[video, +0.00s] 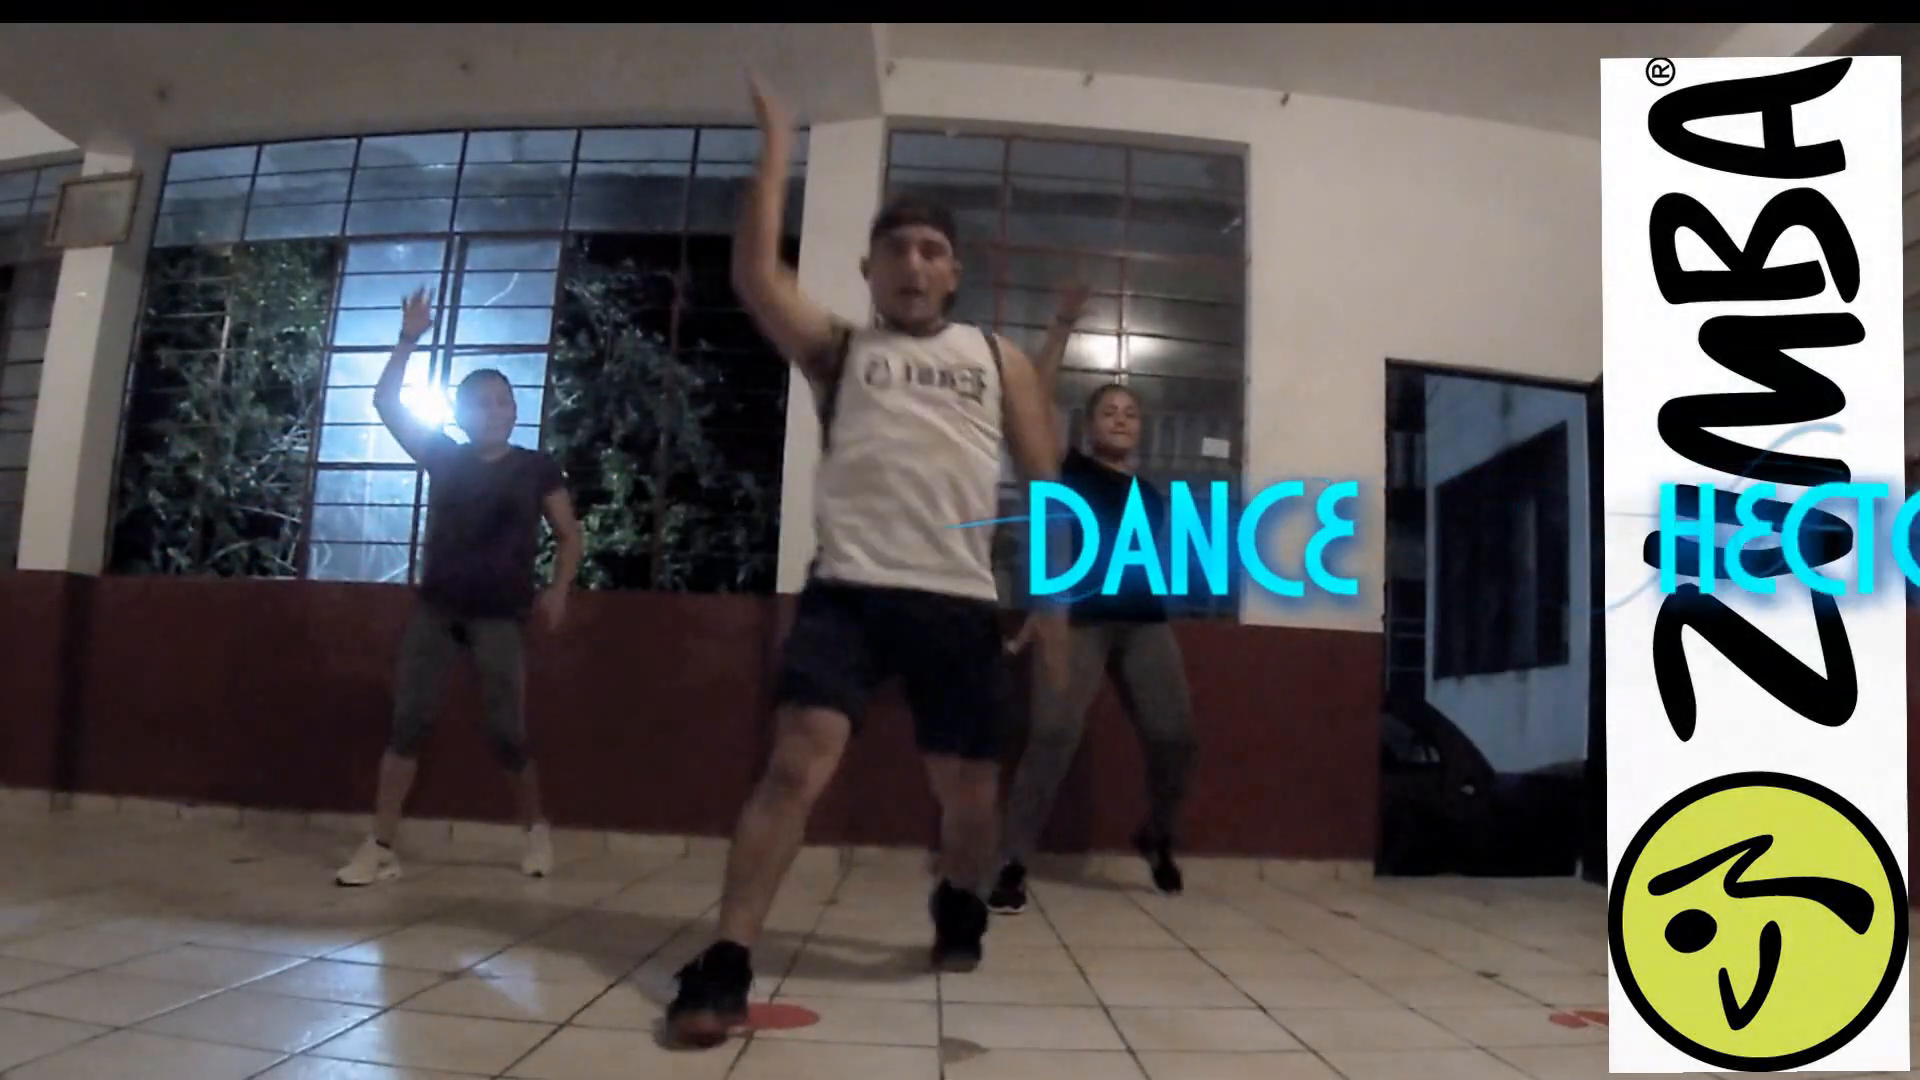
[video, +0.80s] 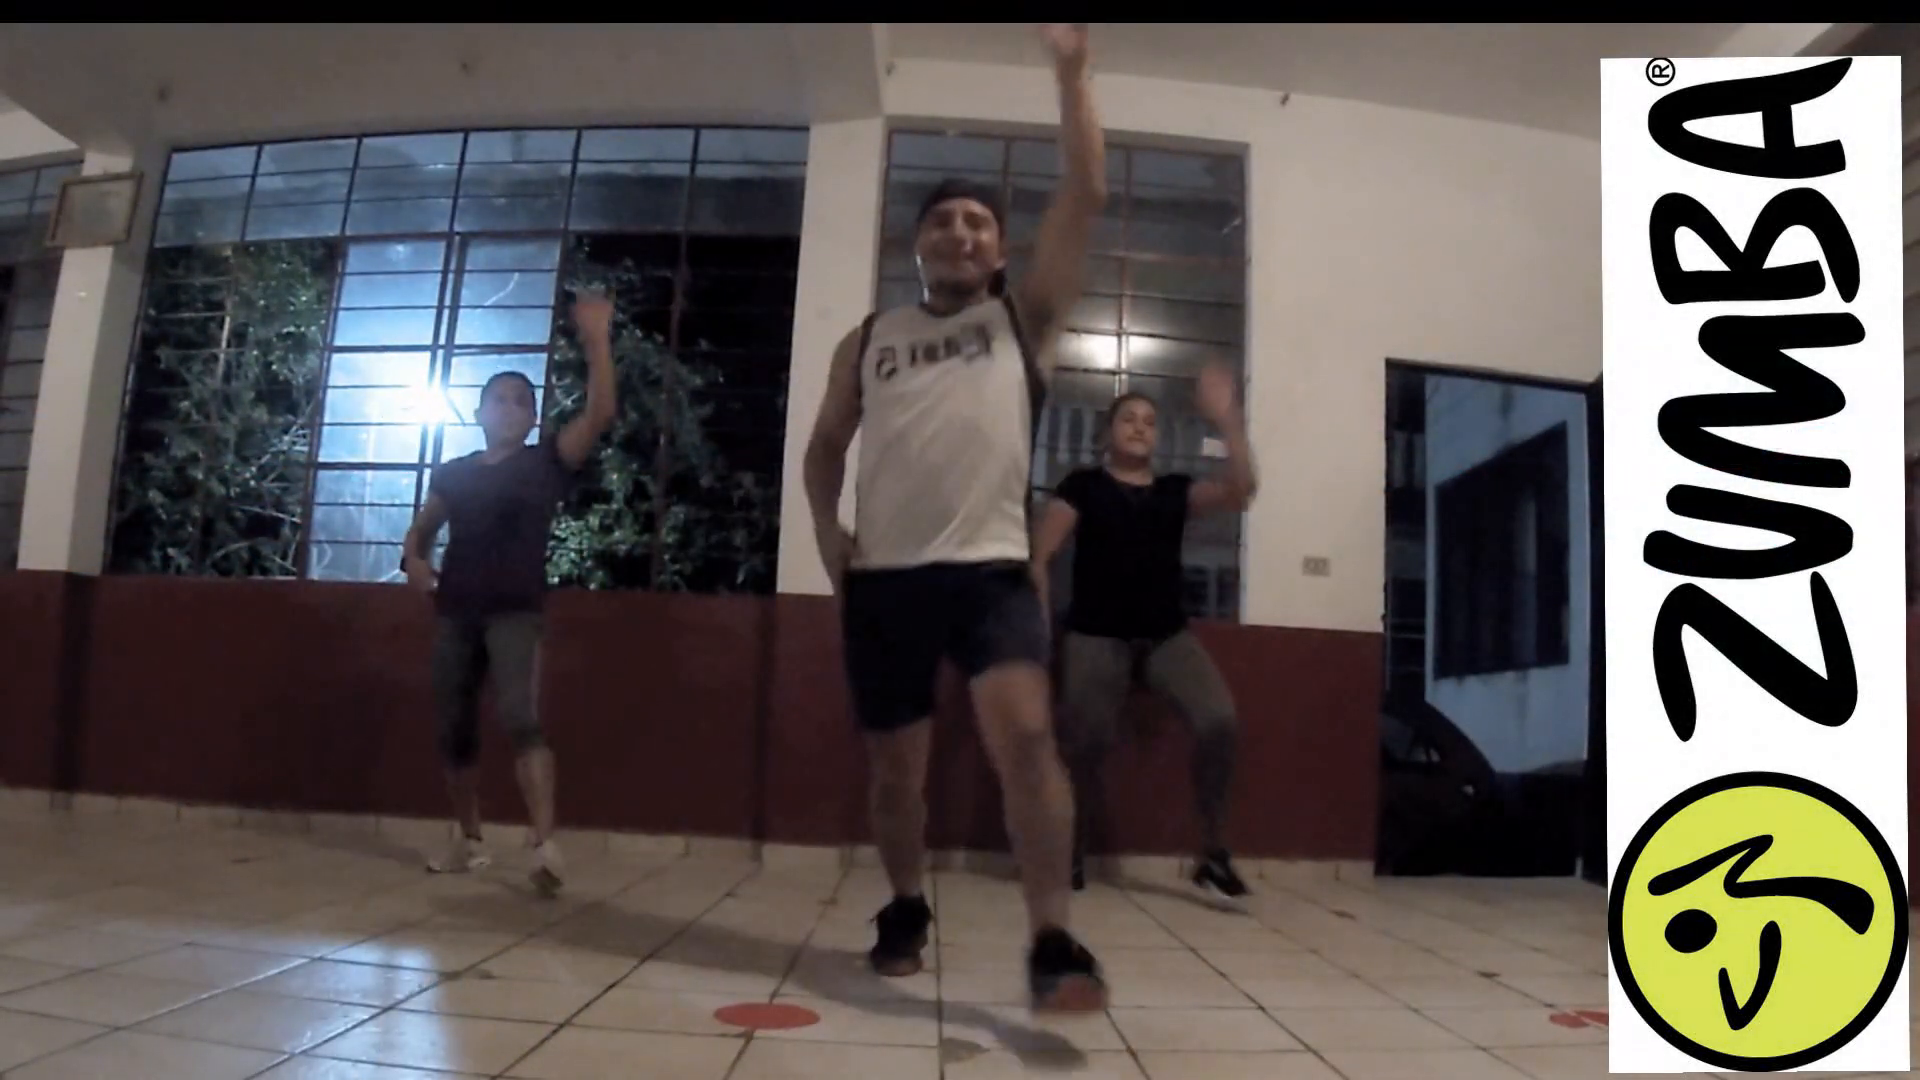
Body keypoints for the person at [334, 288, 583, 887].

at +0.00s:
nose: (488, 411)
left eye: (497, 402)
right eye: (479, 402)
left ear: (512, 412)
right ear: (461, 410)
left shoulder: (535, 468)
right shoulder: (443, 455)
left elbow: (570, 535)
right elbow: (386, 400)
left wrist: (559, 591)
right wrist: (408, 339)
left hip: (500, 613)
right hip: (436, 606)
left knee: (508, 731)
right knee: (407, 723)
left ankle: (536, 835)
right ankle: (381, 846)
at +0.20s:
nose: (509, 420)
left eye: (518, 412)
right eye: (498, 413)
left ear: (534, 422)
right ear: (483, 425)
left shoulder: (557, 481)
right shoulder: (467, 470)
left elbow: (599, 547)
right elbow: (395, 459)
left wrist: (577, 615)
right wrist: (413, 412)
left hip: (525, 624)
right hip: (463, 618)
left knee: (524, 738)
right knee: (421, 719)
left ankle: (532, 841)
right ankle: (390, 841)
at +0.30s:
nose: (514, 416)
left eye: (525, 409)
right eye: (505, 408)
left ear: (543, 421)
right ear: (491, 420)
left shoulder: (563, 479)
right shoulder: (472, 469)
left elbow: (615, 538)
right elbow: (410, 488)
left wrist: (581, 601)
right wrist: (410, 475)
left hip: (530, 622)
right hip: (469, 616)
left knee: (525, 731)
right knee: (419, 708)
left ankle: (533, 839)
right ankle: (429, 832)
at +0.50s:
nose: (516, 421)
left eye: (529, 415)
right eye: (508, 412)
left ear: (542, 429)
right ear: (492, 421)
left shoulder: (552, 487)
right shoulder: (459, 479)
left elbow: (592, 554)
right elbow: (436, 540)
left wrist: (551, 566)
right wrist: (428, 570)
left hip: (525, 625)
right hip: (464, 620)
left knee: (525, 736)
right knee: (446, 732)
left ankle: (534, 838)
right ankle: (468, 839)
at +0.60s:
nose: (510, 421)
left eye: (522, 415)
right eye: (502, 412)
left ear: (536, 429)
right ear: (484, 421)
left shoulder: (544, 482)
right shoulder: (452, 480)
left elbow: (576, 546)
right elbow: (427, 540)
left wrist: (552, 491)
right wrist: (420, 573)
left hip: (521, 620)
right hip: (460, 617)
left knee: (520, 728)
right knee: (446, 733)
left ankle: (539, 831)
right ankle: (467, 840)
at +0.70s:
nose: (514, 413)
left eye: (524, 407)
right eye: (504, 404)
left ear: (532, 422)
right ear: (482, 414)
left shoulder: (541, 472)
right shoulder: (449, 476)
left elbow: (594, 477)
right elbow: (415, 534)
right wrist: (418, 572)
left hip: (519, 613)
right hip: (458, 611)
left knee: (523, 720)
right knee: (450, 728)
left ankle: (541, 838)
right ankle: (465, 839)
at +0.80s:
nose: (508, 405)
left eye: (518, 400)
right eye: (498, 398)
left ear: (532, 417)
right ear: (481, 413)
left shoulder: (547, 460)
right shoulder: (453, 475)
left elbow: (600, 413)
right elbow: (415, 542)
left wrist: (597, 339)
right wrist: (426, 579)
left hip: (516, 608)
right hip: (457, 608)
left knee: (521, 721)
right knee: (453, 729)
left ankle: (543, 846)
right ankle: (468, 839)